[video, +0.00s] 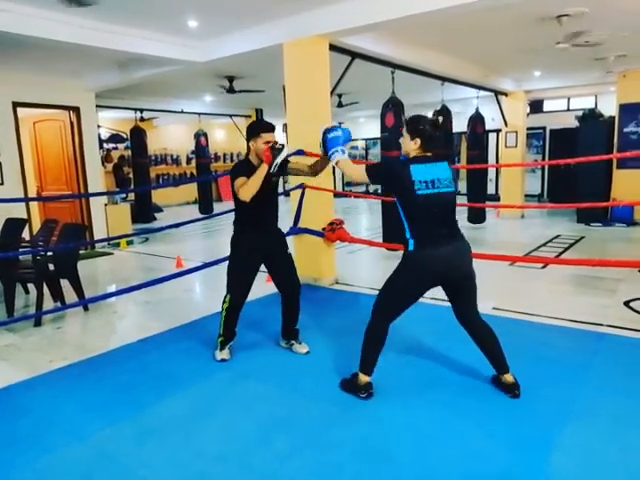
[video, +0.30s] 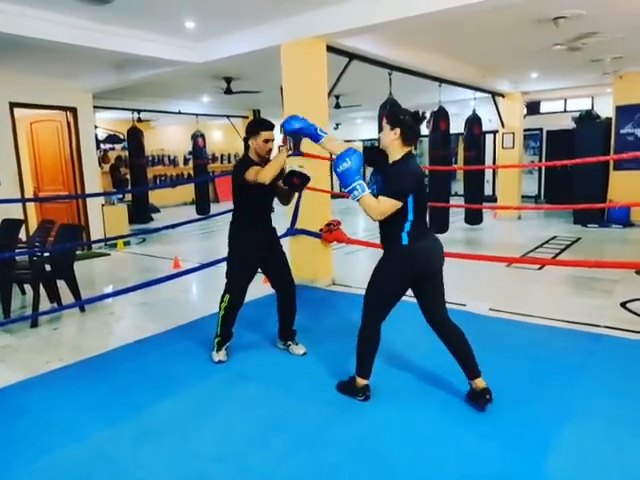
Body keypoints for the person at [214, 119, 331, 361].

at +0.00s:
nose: (271, 147)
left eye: (273, 143)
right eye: (266, 143)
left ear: (274, 144)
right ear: (251, 143)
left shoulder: (275, 164)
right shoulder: (241, 169)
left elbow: (312, 170)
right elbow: (245, 194)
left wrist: (331, 152)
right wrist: (267, 163)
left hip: (272, 239)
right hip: (246, 241)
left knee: (291, 288)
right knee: (236, 296)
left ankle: (289, 337)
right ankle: (224, 343)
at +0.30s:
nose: (271, 146)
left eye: (272, 141)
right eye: (265, 141)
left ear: (272, 142)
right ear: (251, 141)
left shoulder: (269, 166)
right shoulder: (242, 166)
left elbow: (285, 199)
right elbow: (263, 176)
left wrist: (293, 187)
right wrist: (284, 152)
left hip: (266, 236)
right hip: (243, 237)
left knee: (286, 287)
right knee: (235, 292)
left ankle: (287, 338)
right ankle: (221, 342)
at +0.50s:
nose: (273, 149)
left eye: (275, 144)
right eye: (268, 144)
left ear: (273, 145)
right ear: (254, 144)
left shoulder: (269, 171)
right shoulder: (242, 168)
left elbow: (264, 200)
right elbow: (234, 194)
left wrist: (287, 198)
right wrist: (271, 198)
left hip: (265, 238)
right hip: (241, 241)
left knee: (291, 283)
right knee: (231, 294)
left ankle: (289, 335)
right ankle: (219, 343)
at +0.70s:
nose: (291, 156)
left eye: (293, 152)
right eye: (288, 151)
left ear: (291, 152)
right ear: (273, 149)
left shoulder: (283, 178)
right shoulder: (256, 173)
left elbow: (276, 208)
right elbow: (232, 196)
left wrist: (296, 205)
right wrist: (228, 225)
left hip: (272, 241)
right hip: (248, 243)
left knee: (298, 284)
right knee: (234, 295)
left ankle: (307, 332)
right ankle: (217, 345)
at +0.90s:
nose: (324, 160)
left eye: (326, 156)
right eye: (320, 155)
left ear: (325, 155)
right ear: (306, 153)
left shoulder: (316, 180)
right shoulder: (288, 176)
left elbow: (318, 214)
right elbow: (255, 196)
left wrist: (329, 204)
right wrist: (224, 219)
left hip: (295, 237)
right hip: (275, 238)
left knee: (316, 284)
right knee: (264, 292)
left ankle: (309, 333)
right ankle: (227, 340)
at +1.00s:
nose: (331, 153)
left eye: (334, 148)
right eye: (327, 148)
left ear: (334, 147)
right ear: (314, 146)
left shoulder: (327, 173)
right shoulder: (295, 170)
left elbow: (331, 207)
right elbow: (264, 193)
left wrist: (338, 198)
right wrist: (241, 219)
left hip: (304, 229)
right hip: (284, 230)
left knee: (315, 283)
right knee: (286, 285)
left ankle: (308, 333)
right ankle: (259, 334)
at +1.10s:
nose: (336, 148)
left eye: (339, 144)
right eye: (331, 143)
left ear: (340, 143)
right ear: (319, 142)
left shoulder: (337, 169)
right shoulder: (301, 167)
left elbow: (337, 198)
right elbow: (273, 195)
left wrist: (344, 195)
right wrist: (261, 219)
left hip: (315, 224)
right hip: (294, 225)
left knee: (316, 281)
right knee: (303, 281)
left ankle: (311, 330)